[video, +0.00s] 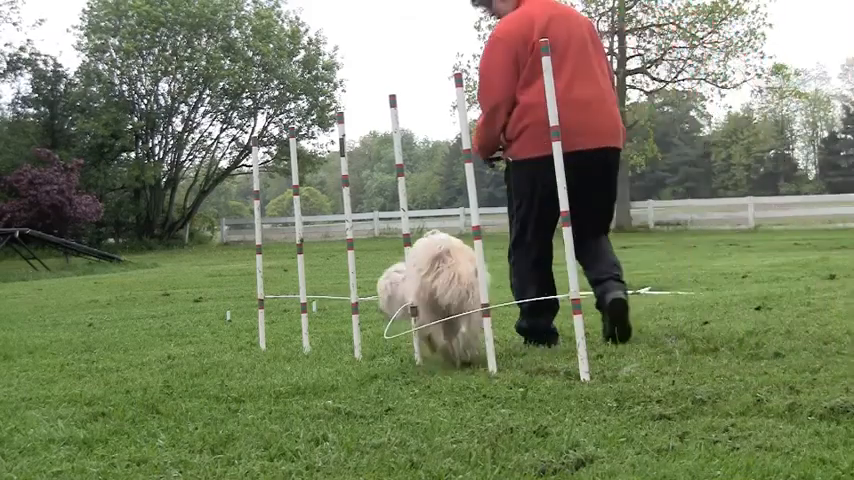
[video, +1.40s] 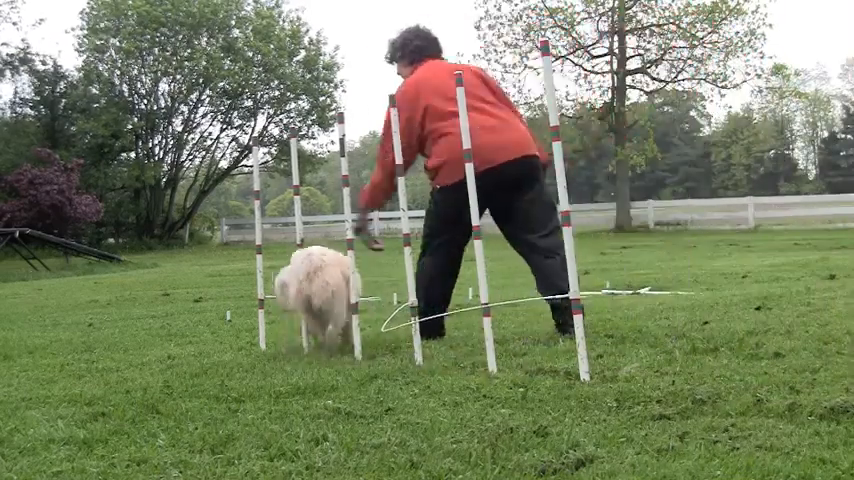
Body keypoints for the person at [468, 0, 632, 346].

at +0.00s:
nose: (491, 15)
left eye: (490, 8)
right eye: (488, 11)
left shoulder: (508, 29)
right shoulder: (582, 21)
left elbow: (496, 100)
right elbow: (604, 80)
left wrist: (484, 146)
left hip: (536, 145)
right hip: (601, 139)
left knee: (530, 239)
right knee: (591, 230)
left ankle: (538, 330)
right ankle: (612, 292)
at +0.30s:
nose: (478, 20)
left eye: (476, 12)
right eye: (474, 14)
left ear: (489, 1)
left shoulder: (496, 29)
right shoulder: (563, 22)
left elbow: (488, 99)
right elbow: (586, 78)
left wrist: (478, 147)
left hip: (533, 137)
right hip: (590, 132)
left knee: (523, 235)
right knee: (572, 229)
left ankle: (539, 331)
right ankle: (572, 319)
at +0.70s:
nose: (486, 36)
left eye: (483, 28)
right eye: (481, 32)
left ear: (495, 10)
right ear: (518, 6)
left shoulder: (504, 40)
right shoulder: (563, 34)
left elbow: (495, 112)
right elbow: (578, 90)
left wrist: (482, 157)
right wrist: (521, 142)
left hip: (542, 146)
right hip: (595, 140)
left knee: (522, 240)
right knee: (579, 240)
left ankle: (540, 317)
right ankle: (579, 319)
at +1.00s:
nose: (470, 41)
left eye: (469, 33)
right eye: (467, 35)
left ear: (480, 21)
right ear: (506, 16)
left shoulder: (484, 51)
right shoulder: (549, 43)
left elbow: (479, 117)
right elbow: (575, 92)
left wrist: (479, 163)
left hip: (524, 150)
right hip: (582, 144)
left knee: (501, 235)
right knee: (572, 234)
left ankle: (499, 322)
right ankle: (577, 319)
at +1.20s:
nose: (444, 54)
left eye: (444, 46)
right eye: (442, 48)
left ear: (457, 35)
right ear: (480, 31)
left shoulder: (456, 65)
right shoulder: (521, 55)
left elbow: (449, 134)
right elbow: (552, 104)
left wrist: (450, 186)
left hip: (501, 160)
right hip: (557, 152)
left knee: (472, 245)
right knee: (558, 240)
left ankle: (441, 320)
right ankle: (574, 318)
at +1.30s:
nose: (424, 64)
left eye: (424, 57)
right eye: (421, 59)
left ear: (435, 46)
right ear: (459, 42)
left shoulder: (433, 81)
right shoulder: (499, 62)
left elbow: (427, 144)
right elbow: (535, 107)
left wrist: (429, 200)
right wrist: (544, 147)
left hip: (481, 165)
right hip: (536, 153)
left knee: (460, 251)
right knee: (550, 239)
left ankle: (436, 325)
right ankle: (573, 316)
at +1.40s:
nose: (399, 75)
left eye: (400, 68)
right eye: (397, 69)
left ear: (411, 59)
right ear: (434, 54)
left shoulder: (409, 90)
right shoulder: (474, 71)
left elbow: (391, 160)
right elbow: (511, 113)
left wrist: (367, 202)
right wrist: (533, 154)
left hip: (459, 169)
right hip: (517, 155)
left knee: (440, 248)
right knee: (541, 238)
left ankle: (430, 328)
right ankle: (569, 318)